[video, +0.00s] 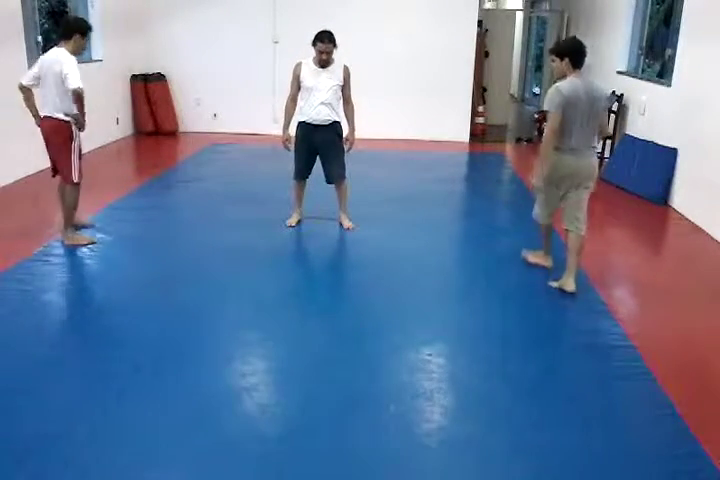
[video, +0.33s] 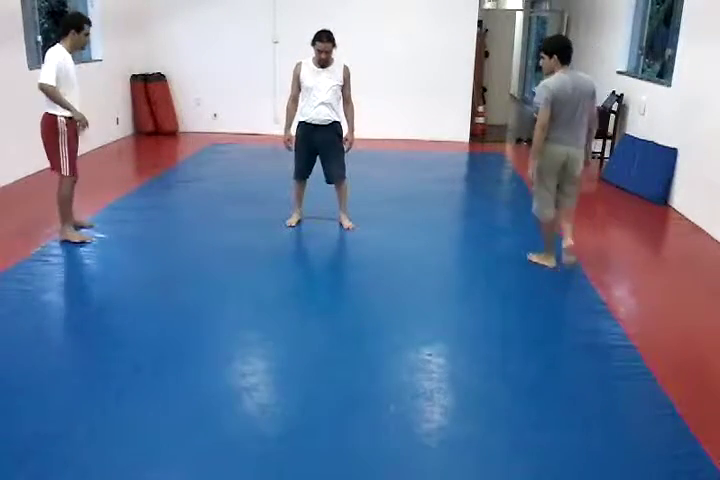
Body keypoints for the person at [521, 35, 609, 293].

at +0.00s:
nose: (552, 66)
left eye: (554, 61)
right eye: (552, 60)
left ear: (566, 61)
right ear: (577, 62)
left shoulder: (559, 91)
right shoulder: (597, 91)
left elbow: (551, 133)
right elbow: (604, 130)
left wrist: (539, 170)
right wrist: (584, 125)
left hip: (560, 157)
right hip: (587, 160)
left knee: (544, 209)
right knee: (577, 222)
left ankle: (545, 254)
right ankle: (570, 278)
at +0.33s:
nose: (541, 63)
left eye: (543, 58)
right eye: (541, 58)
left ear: (555, 58)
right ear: (566, 58)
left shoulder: (548, 86)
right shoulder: (588, 84)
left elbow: (541, 126)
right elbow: (592, 123)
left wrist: (533, 159)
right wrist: (587, 153)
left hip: (551, 149)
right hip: (576, 151)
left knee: (545, 201)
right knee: (568, 200)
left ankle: (548, 254)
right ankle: (568, 242)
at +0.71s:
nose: (534, 59)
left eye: (538, 55)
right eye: (534, 55)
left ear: (550, 56)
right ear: (556, 56)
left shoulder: (550, 82)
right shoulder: (570, 79)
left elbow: (546, 121)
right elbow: (577, 118)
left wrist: (525, 146)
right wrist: (580, 147)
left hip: (550, 142)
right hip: (566, 141)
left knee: (546, 196)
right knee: (551, 189)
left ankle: (550, 252)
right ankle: (545, 231)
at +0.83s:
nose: (533, 59)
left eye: (536, 54)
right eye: (533, 54)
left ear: (549, 54)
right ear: (552, 55)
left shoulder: (553, 79)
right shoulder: (562, 76)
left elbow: (554, 118)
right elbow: (560, 115)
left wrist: (537, 145)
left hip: (555, 138)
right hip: (561, 136)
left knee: (541, 190)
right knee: (547, 186)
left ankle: (554, 242)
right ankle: (545, 231)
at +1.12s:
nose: (537, 55)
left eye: (541, 51)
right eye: (536, 51)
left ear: (554, 52)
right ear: (548, 53)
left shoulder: (566, 74)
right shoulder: (549, 74)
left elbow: (574, 109)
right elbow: (549, 108)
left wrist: (575, 144)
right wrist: (532, 121)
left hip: (559, 133)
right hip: (544, 131)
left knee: (551, 187)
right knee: (541, 188)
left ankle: (570, 218)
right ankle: (544, 230)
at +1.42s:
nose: (546, 61)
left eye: (550, 56)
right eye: (546, 56)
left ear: (564, 56)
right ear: (553, 57)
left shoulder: (580, 81)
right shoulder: (555, 80)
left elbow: (589, 115)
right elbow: (551, 113)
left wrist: (584, 147)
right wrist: (538, 134)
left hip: (572, 138)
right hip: (550, 136)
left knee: (571, 185)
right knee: (533, 176)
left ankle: (569, 225)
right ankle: (541, 222)